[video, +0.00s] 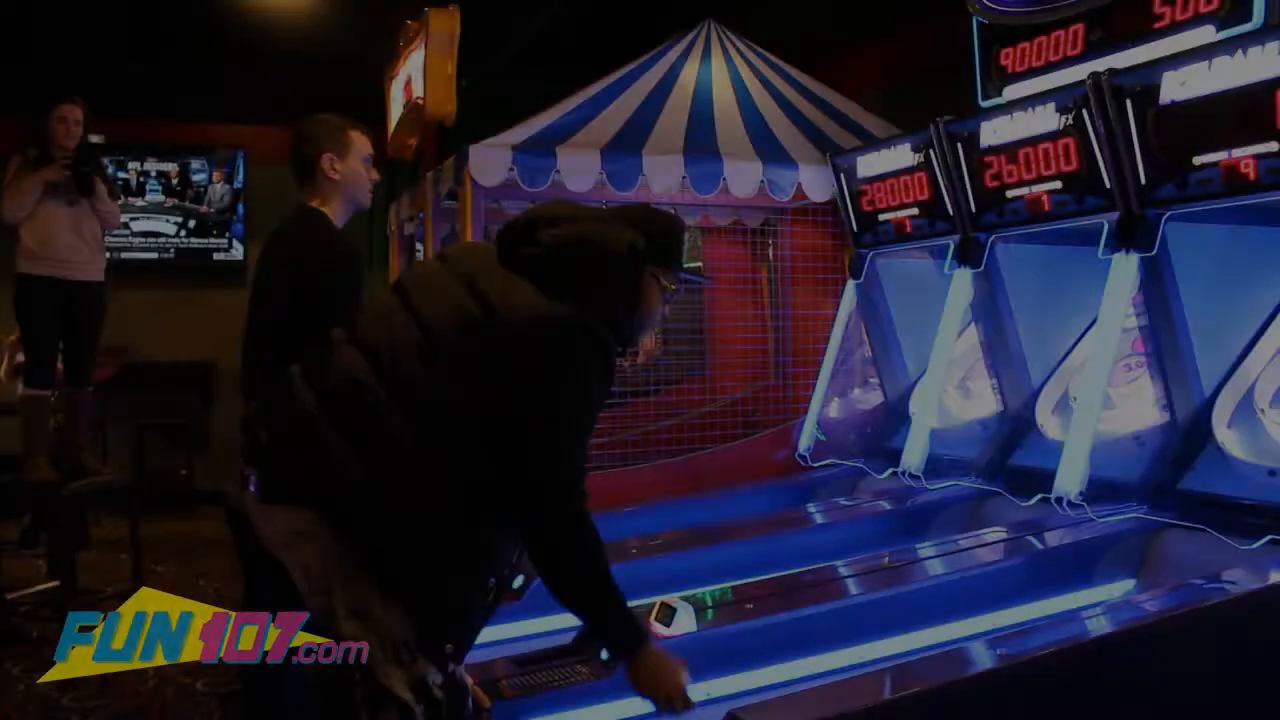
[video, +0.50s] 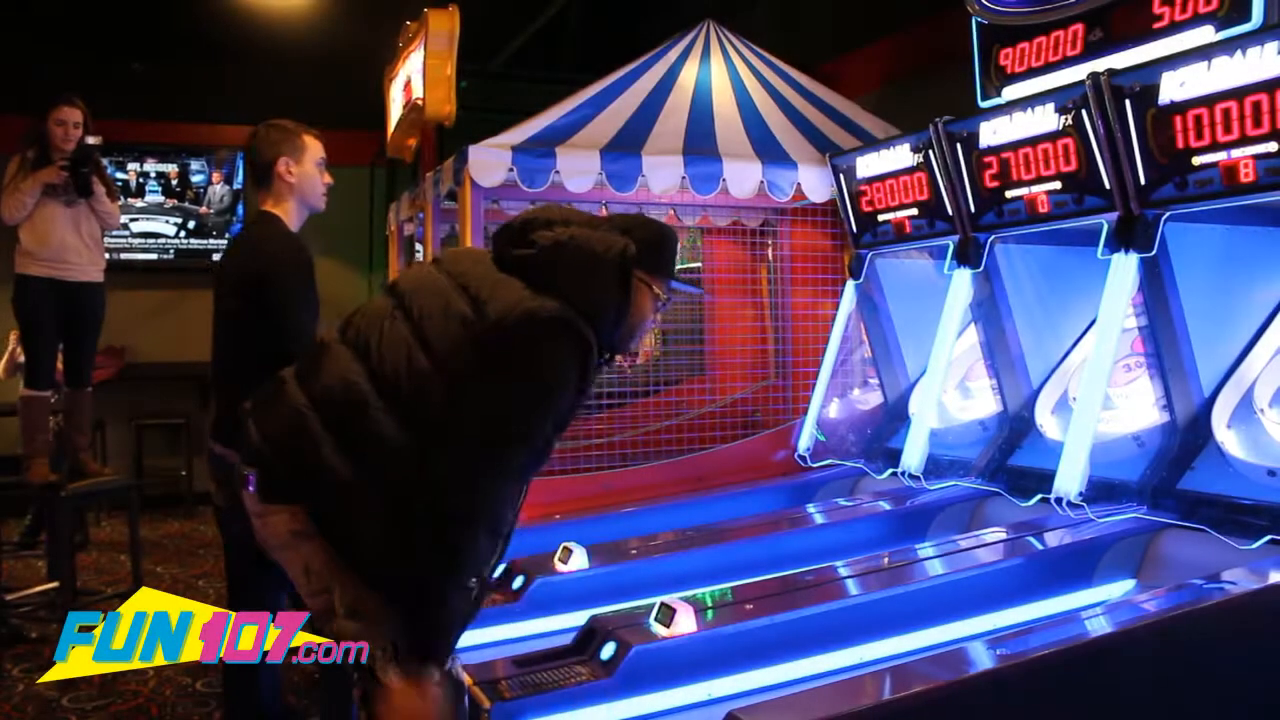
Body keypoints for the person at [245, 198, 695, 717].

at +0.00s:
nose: (662, 310)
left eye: (667, 293)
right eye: (661, 288)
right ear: (624, 271)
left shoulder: (474, 267)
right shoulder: (570, 340)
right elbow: (551, 509)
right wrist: (633, 645)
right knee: (413, 691)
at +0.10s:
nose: (657, 302)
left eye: (661, 286)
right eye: (653, 282)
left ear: (582, 261)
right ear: (609, 271)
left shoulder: (467, 265)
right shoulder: (559, 337)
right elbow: (557, 511)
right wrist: (653, 623)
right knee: (401, 686)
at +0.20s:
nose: (654, 304)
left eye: (659, 288)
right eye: (652, 283)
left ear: (588, 256)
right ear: (612, 267)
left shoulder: (466, 264)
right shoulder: (555, 333)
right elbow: (565, 511)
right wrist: (659, 617)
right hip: (324, 510)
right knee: (406, 686)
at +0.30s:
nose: (650, 308)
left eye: (655, 291)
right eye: (651, 287)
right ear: (618, 268)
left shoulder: (469, 264)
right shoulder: (552, 330)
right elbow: (542, 506)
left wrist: (481, 554)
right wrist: (612, 635)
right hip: (327, 506)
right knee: (415, 695)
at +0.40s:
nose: (652, 312)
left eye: (658, 296)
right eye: (652, 290)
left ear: (592, 266)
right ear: (614, 272)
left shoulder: (467, 266)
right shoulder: (555, 334)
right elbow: (491, 503)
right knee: (415, 691)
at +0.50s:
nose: (658, 319)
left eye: (662, 302)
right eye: (655, 297)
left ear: (600, 273)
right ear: (617, 279)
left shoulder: (479, 272)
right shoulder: (555, 335)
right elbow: (480, 490)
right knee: (417, 689)